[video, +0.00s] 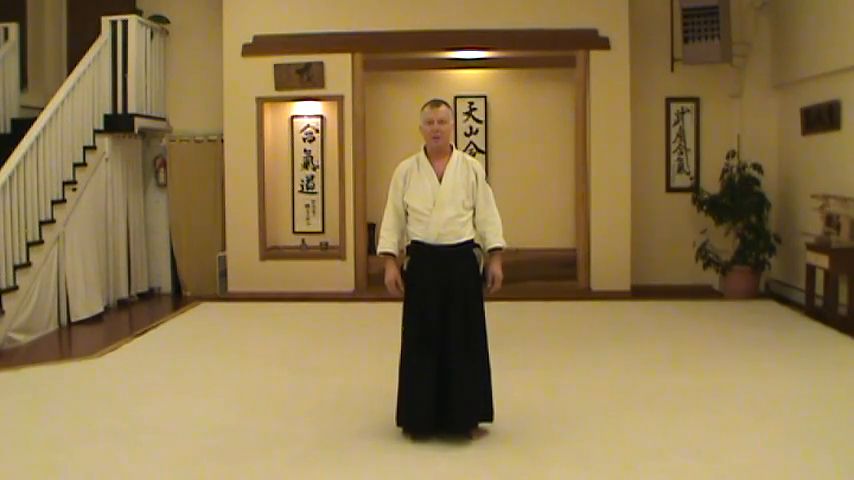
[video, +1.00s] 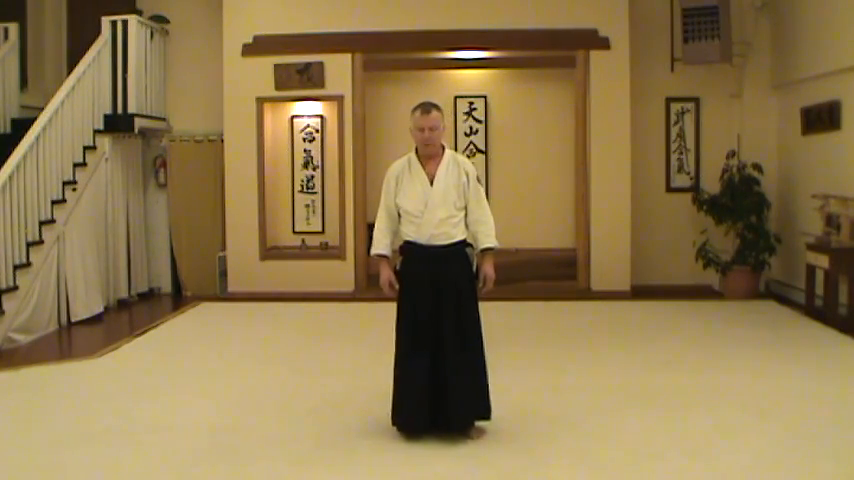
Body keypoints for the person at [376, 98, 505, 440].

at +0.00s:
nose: (436, 128)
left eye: (442, 122)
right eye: (429, 122)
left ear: (453, 126)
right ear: (420, 128)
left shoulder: (470, 167)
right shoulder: (406, 170)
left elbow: (486, 212)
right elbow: (393, 216)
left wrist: (494, 257)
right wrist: (390, 261)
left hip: (462, 260)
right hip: (422, 261)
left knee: (463, 337)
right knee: (422, 337)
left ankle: (463, 417)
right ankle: (420, 418)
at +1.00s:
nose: (427, 135)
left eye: (433, 129)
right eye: (421, 130)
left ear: (444, 130)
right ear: (412, 132)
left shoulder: (462, 167)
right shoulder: (398, 171)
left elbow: (479, 213)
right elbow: (385, 218)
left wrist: (486, 257)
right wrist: (383, 262)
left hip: (455, 261)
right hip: (415, 261)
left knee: (459, 336)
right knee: (416, 337)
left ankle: (463, 416)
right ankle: (416, 417)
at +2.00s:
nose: (409, 132)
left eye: (416, 125)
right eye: (403, 126)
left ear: (427, 128)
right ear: (395, 131)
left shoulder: (449, 166)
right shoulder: (384, 172)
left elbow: (466, 210)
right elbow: (374, 219)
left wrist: (474, 256)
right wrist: (372, 263)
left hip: (444, 261)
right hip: (405, 261)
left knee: (446, 338)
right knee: (405, 339)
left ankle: (451, 421)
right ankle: (408, 419)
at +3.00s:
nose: (421, 136)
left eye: (428, 129)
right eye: (416, 130)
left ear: (441, 131)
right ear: (409, 134)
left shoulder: (459, 170)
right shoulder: (400, 171)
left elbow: (475, 216)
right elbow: (387, 214)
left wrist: (476, 264)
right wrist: (403, 238)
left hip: (449, 261)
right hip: (414, 261)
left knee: (448, 338)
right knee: (417, 337)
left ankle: (449, 421)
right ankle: (422, 414)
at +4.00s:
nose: (426, 134)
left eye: (432, 128)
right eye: (420, 128)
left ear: (443, 131)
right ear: (412, 132)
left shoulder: (461, 173)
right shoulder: (399, 174)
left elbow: (477, 219)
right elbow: (387, 221)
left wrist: (476, 267)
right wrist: (388, 268)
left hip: (450, 264)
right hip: (416, 264)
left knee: (447, 341)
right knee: (419, 340)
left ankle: (444, 426)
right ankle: (424, 416)